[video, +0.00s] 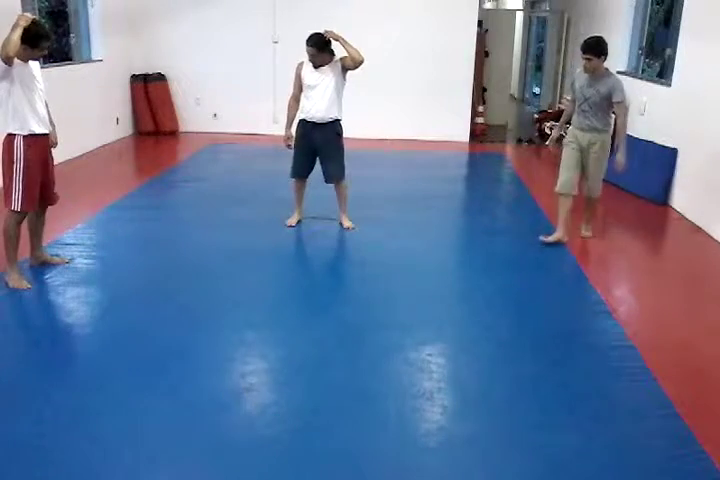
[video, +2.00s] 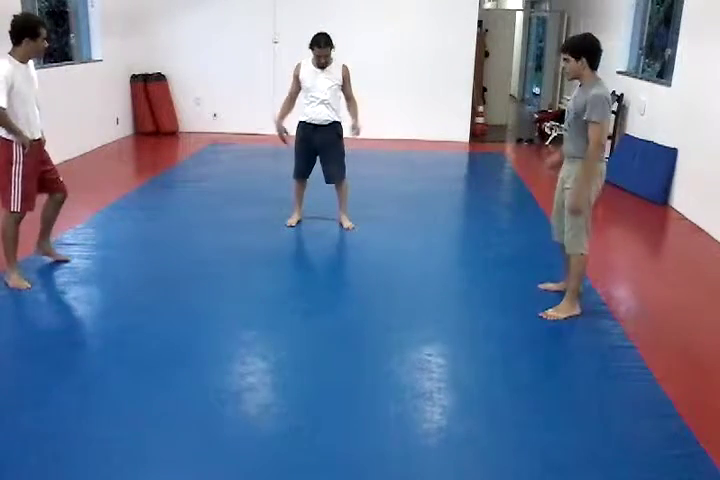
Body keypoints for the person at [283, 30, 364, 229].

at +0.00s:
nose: (309, 57)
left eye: (312, 54)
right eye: (308, 54)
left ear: (324, 52)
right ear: (308, 51)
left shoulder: (339, 65)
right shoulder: (303, 67)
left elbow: (358, 60)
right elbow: (295, 98)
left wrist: (339, 39)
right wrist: (288, 129)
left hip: (330, 127)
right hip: (305, 126)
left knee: (338, 176)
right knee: (299, 175)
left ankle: (343, 215)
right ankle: (298, 212)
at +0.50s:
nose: (308, 56)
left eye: (311, 53)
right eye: (307, 52)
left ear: (324, 52)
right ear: (307, 50)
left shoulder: (338, 65)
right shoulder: (302, 68)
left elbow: (356, 57)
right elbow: (289, 95)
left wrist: (336, 37)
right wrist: (273, 119)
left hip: (330, 127)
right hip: (305, 127)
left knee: (338, 176)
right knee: (300, 175)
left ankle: (343, 214)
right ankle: (297, 212)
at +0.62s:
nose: (308, 56)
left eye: (311, 53)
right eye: (307, 52)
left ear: (324, 52)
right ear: (307, 50)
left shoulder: (338, 65)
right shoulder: (302, 68)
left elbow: (356, 58)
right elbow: (280, 89)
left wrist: (335, 38)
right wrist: (252, 99)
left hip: (330, 128)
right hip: (306, 127)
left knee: (338, 176)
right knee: (300, 175)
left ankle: (343, 215)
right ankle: (297, 212)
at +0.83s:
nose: (309, 55)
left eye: (312, 52)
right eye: (307, 51)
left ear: (325, 49)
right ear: (305, 49)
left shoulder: (339, 64)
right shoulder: (300, 66)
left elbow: (363, 79)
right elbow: (274, 80)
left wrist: (354, 54)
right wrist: (242, 79)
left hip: (332, 128)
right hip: (307, 128)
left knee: (339, 176)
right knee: (301, 175)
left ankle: (343, 214)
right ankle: (297, 212)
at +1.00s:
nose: (319, 55)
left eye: (322, 50)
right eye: (315, 52)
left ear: (328, 47)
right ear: (307, 51)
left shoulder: (339, 66)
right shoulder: (298, 68)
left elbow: (366, 83)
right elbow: (271, 79)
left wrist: (380, 69)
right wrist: (242, 74)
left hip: (332, 129)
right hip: (306, 128)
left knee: (338, 176)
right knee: (301, 174)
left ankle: (343, 215)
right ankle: (297, 213)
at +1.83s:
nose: (323, 59)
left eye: (326, 55)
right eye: (318, 55)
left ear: (332, 51)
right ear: (311, 51)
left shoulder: (342, 69)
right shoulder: (301, 69)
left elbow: (357, 90)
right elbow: (281, 91)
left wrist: (372, 99)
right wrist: (259, 99)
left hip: (331, 129)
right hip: (306, 128)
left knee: (338, 176)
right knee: (300, 174)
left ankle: (343, 214)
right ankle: (297, 212)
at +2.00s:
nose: (322, 60)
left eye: (326, 56)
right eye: (318, 56)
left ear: (332, 52)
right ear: (311, 52)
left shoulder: (341, 70)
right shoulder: (301, 69)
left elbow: (349, 97)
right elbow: (291, 96)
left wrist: (355, 120)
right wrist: (279, 120)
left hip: (331, 129)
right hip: (306, 128)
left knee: (339, 176)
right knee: (300, 175)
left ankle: (343, 214)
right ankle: (297, 212)